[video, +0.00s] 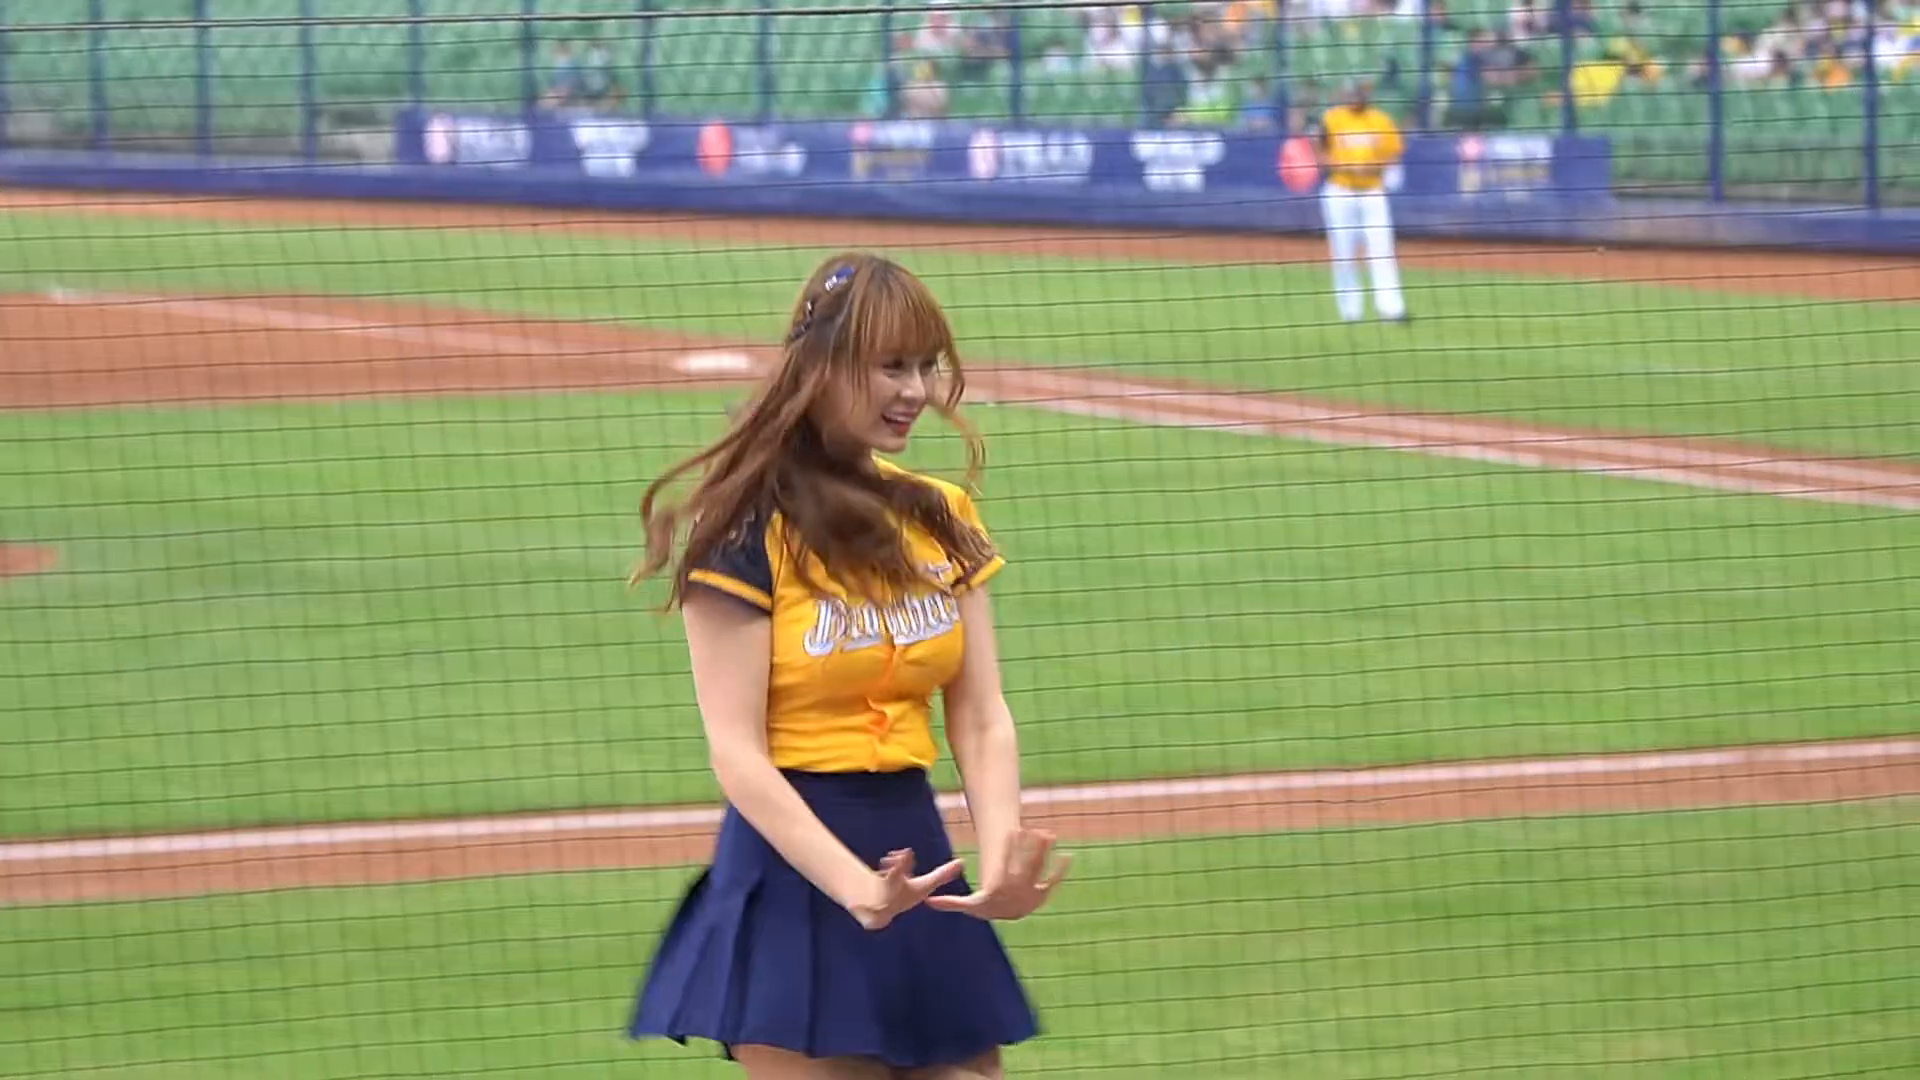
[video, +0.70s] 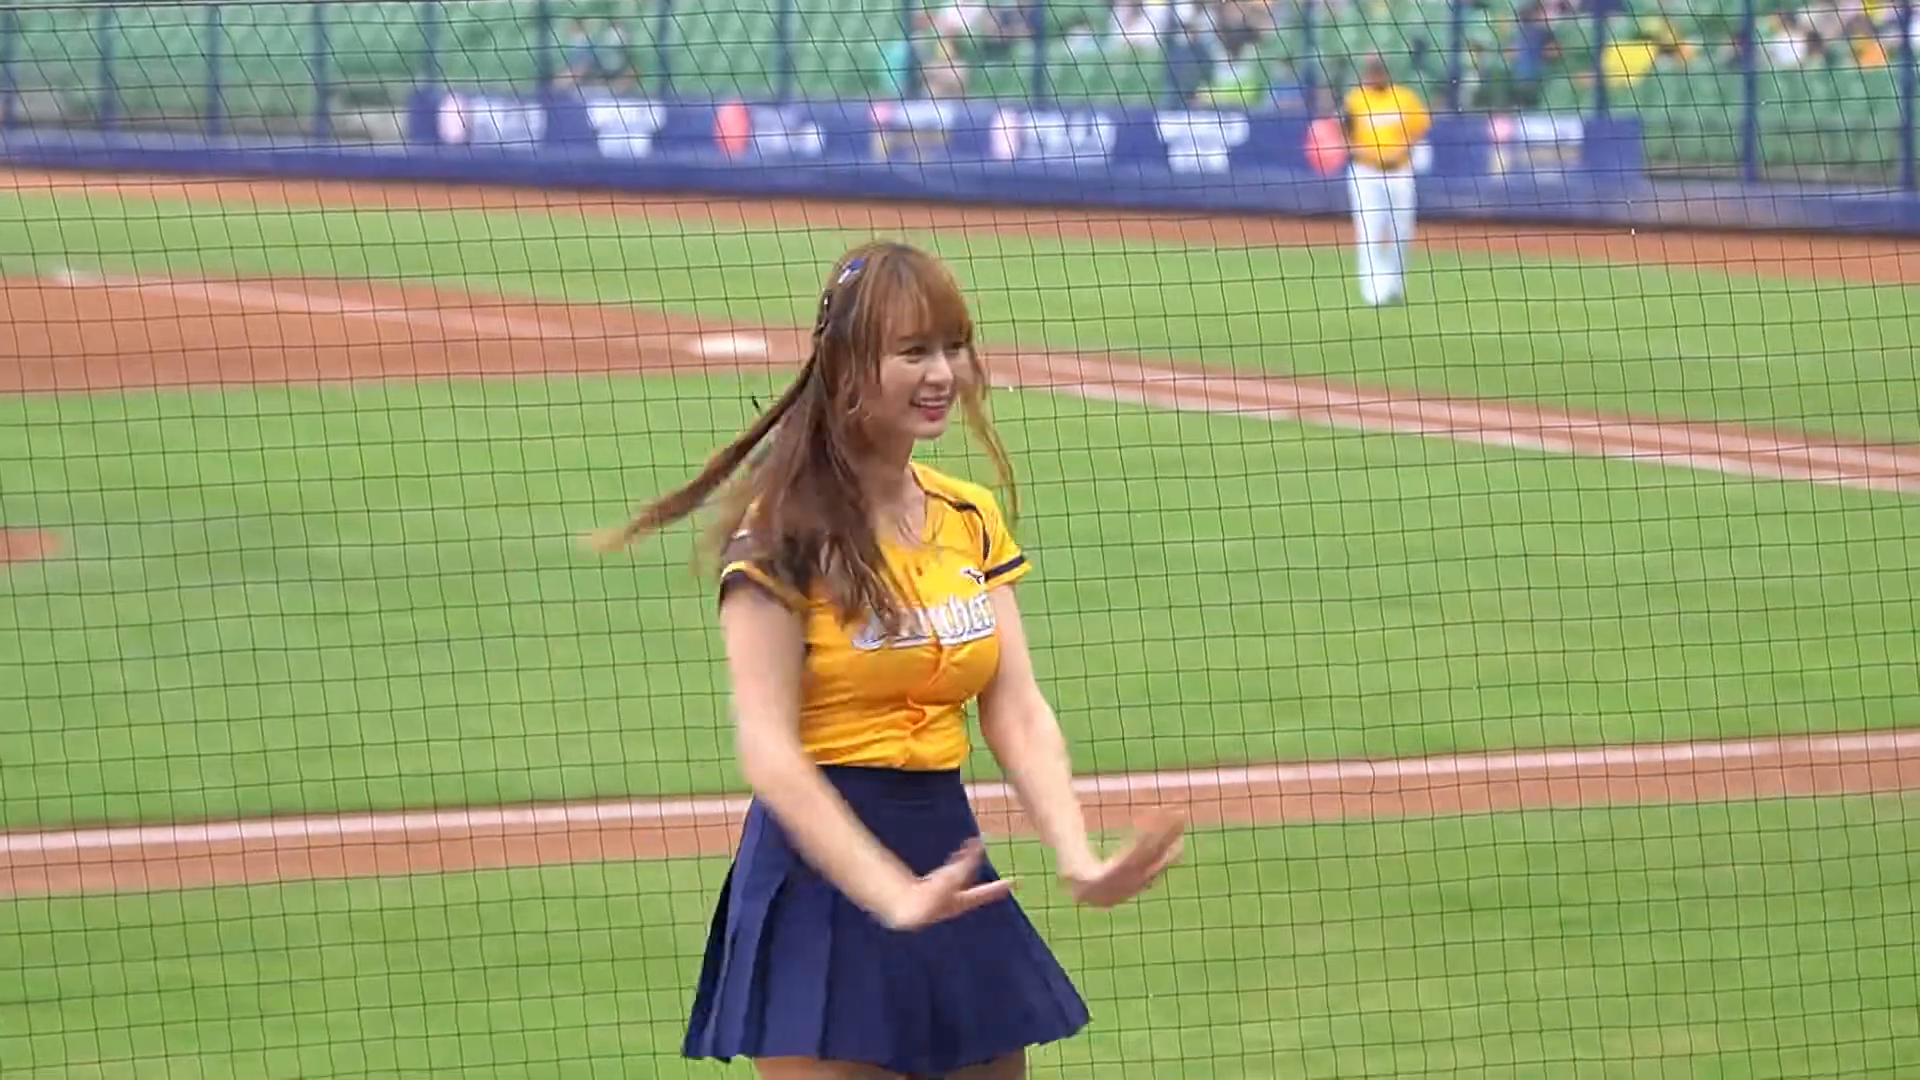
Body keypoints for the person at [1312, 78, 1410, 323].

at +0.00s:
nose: (1357, 99)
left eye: (1361, 94)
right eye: (1353, 94)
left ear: (1367, 95)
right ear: (1344, 95)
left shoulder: (1380, 120)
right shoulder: (1331, 119)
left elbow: (1395, 150)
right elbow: (1318, 150)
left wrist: (1372, 165)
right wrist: (1341, 165)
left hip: (1372, 192)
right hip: (1339, 192)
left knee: (1381, 248)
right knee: (1343, 251)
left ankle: (1391, 306)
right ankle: (1350, 308)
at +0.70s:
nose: (1375, 76)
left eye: (1379, 71)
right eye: (1371, 71)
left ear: (1387, 72)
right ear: (1363, 74)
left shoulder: (1405, 97)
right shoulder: (1354, 100)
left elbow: (1421, 128)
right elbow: (1344, 133)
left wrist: (1400, 152)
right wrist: (1366, 154)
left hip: (1400, 171)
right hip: (1365, 172)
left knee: (1401, 230)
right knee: (1371, 230)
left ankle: (1395, 283)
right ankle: (1374, 288)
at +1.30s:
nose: (1407, 55)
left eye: (1411, 49)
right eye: (1402, 50)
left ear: (1418, 53)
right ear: (1395, 52)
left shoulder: (1431, 85)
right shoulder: (1382, 77)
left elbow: (1437, 128)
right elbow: (1367, 105)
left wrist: (1436, 163)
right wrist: (1373, 137)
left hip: (1416, 157)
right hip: (1383, 154)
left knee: (1410, 214)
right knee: (1386, 212)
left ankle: (1406, 270)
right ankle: (1384, 269)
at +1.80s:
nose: (1417, 31)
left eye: (1422, 25)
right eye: (1413, 25)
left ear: (1429, 28)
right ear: (1406, 27)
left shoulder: (1443, 56)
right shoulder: (1391, 50)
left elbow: (1457, 99)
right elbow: (1380, 86)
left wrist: (1460, 133)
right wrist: (1376, 118)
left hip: (1430, 132)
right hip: (1394, 130)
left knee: (1426, 191)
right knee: (1384, 188)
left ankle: (1425, 250)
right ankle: (1377, 244)